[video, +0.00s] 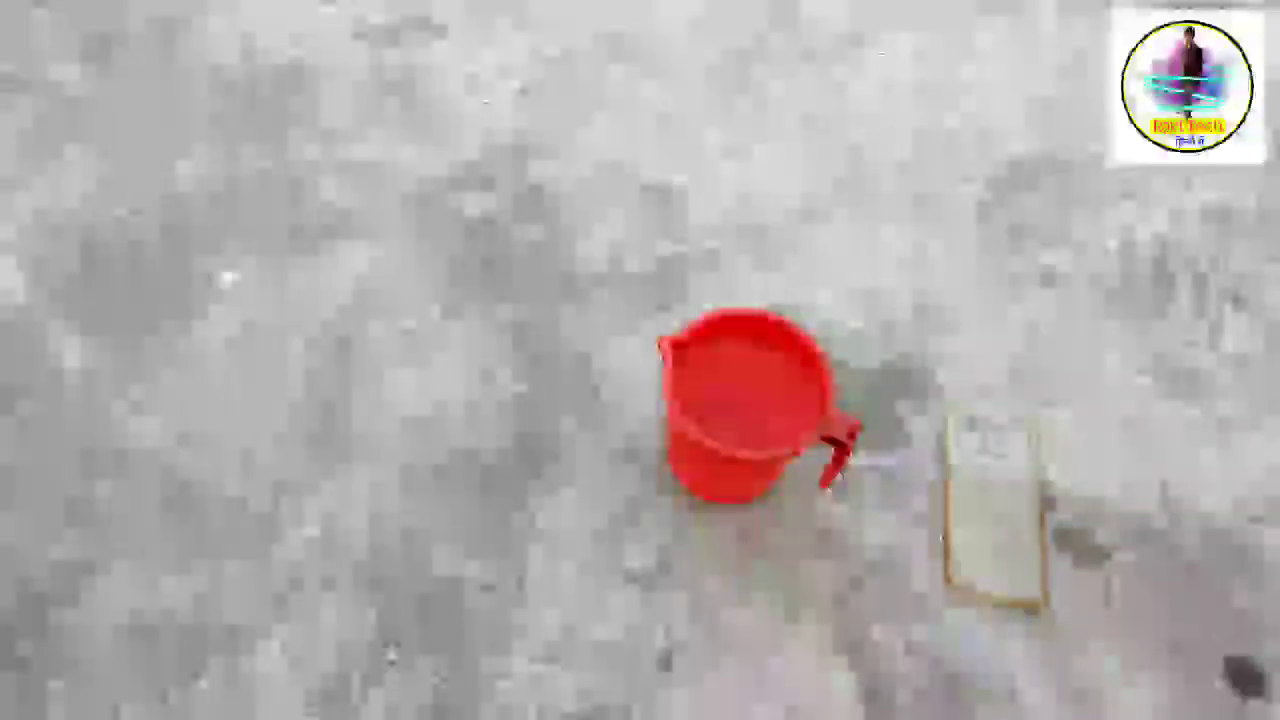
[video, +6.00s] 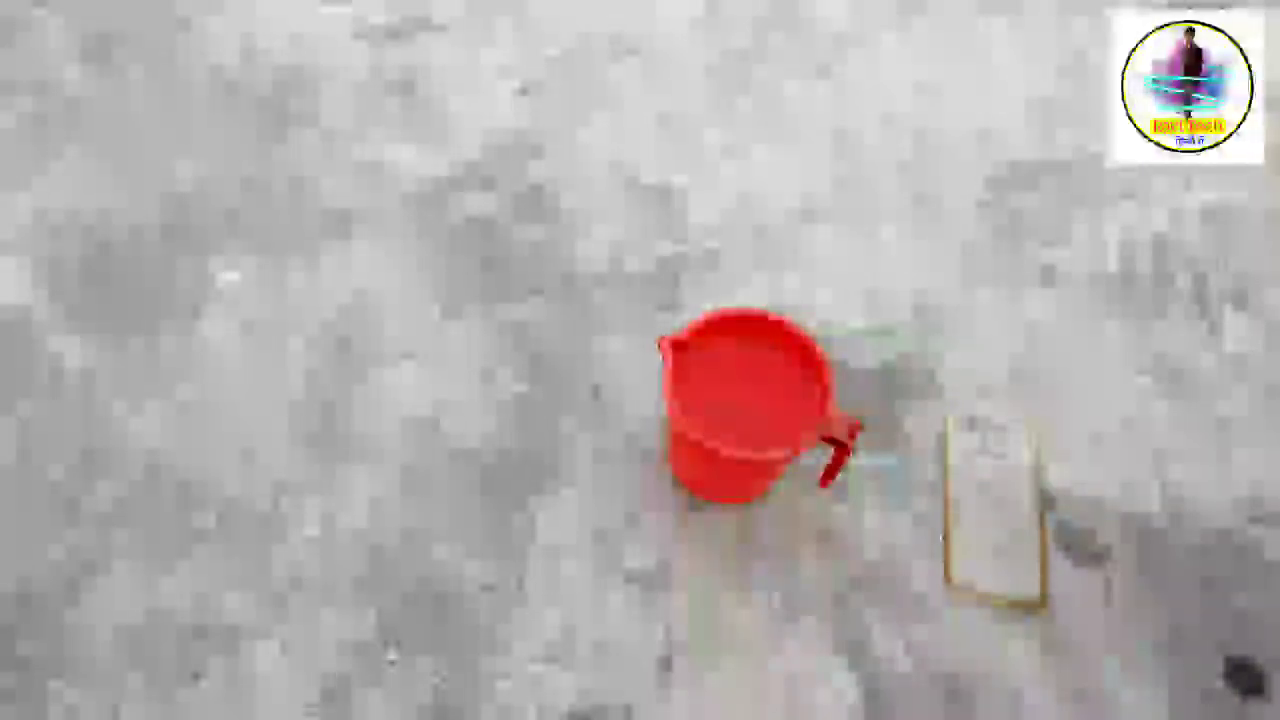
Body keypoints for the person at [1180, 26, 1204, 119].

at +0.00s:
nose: (1187, 38)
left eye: (1189, 36)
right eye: (1186, 36)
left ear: (1193, 36)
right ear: (1184, 36)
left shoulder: (1197, 50)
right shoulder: (1182, 50)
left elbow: (1199, 64)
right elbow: (1177, 62)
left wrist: (1198, 75)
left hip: (1194, 75)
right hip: (1184, 74)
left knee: (1190, 93)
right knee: (1185, 93)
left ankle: (1188, 112)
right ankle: (1186, 112)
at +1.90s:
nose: (1187, 38)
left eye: (1189, 36)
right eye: (1186, 36)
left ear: (1193, 36)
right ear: (1184, 36)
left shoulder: (1197, 50)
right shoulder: (1181, 49)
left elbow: (1199, 64)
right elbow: (1176, 61)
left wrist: (1197, 75)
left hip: (1193, 75)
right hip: (1183, 74)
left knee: (1190, 93)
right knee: (1185, 93)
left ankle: (1188, 111)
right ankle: (1186, 111)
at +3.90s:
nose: (1188, 38)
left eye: (1190, 35)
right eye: (1186, 35)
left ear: (1193, 36)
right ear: (1184, 36)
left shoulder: (1198, 50)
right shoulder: (1182, 49)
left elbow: (1199, 64)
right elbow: (1178, 62)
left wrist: (1198, 74)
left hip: (1194, 74)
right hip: (1184, 74)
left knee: (1191, 92)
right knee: (1185, 92)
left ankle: (1189, 111)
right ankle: (1186, 111)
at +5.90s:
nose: (1188, 38)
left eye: (1190, 36)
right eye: (1187, 35)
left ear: (1193, 36)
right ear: (1184, 36)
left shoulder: (1197, 50)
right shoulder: (1182, 49)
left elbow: (1199, 64)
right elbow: (1176, 61)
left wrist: (1197, 74)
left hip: (1193, 74)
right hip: (1183, 74)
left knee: (1190, 93)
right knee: (1185, 92)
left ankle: (1188, 112)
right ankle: (1186, 112)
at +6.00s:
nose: (1188, 38)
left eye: (1190, 36)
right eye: (1187, 35)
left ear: (1193, 36)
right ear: (1184, 36)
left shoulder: (1197, 49)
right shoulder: (1181, 49)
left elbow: (1199, 63)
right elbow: (1175, 61)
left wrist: (1197, 73)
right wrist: (1173, 73)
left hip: (1193, 74)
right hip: (1183, 73)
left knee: (1190, 92)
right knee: (1185, 92)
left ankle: (1189, 111)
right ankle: (1186, 111)